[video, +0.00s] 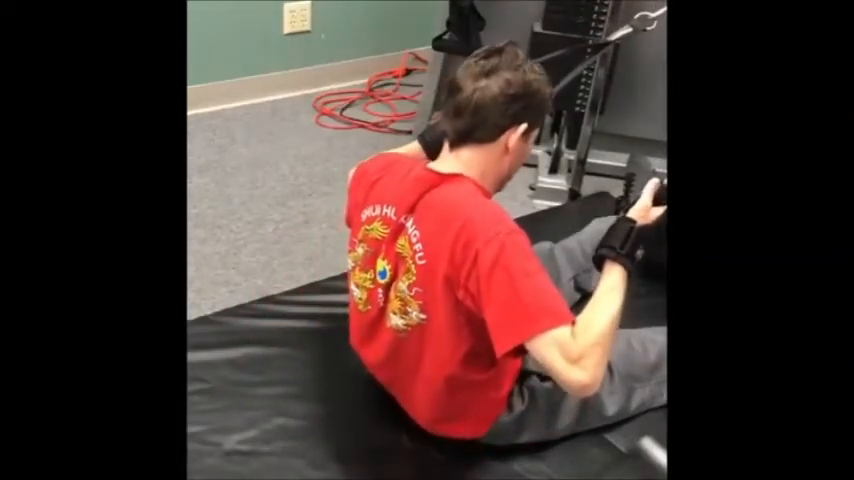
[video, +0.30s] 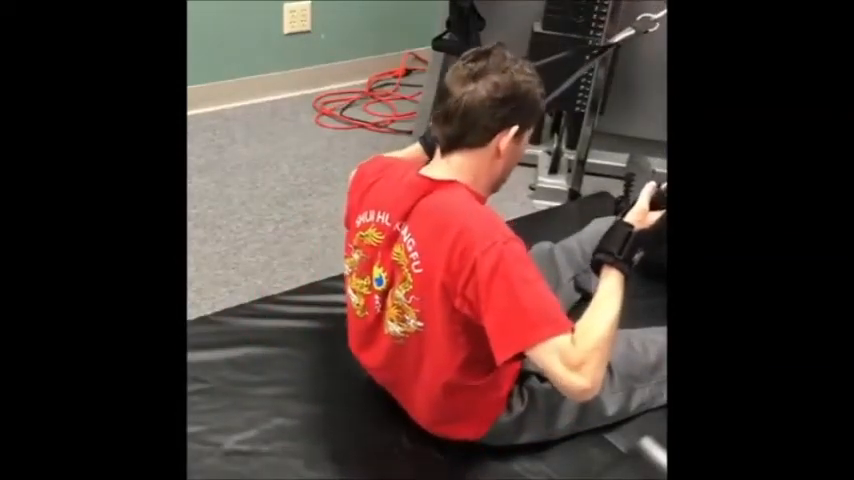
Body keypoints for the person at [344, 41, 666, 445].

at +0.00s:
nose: (528, 154)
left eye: (533, 141)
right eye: (532, 141)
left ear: (451, 117)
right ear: (514, 137)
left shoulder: (374, 180)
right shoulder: (487, 232)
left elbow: (368, 172)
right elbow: (582, 371)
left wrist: (444, 128)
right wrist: (624, 246)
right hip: (482, 408)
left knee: (609, 227)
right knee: (664, 349)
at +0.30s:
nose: (522, 154)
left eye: (527, 142)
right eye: (526, 141)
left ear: (445, 118)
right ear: (506, 140)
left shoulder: (371, 180)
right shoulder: (484, 242)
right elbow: (581, 376)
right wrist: (619, 251)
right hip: (481, 408)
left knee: (607, 231)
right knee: (664, 349)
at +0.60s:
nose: (502, 158)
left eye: (506, 145)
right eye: (505, 145)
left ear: (423, 137)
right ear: (482, 150)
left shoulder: (362, 189)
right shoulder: (471, 256)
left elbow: (377, 175)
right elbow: (575, 381)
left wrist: (449, 141)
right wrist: (611, 254)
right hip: (479, 408)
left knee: (605, 233)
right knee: (663, 348)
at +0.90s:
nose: (477, 163)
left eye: (478, 151)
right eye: (476, 152)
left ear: (392, 151)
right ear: (448, 165)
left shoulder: (344, 201)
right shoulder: (446, 275)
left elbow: (392, 169)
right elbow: (562, 390)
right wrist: (600, 265)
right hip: (478, 405)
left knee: (551, 261)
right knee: (662, 347)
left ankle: (628, 223)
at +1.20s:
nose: (434, 177)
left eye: (432, 165)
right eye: (429, 170)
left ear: (340, 182)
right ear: (400, 194)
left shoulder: (316, 225)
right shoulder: (420, 318)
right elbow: (543, 408)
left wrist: (421, 139)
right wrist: (582, 287)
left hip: (458, 308)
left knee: (543, 262)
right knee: (662, 350)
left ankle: (627, 226)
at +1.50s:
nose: (382, 206)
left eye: (374, 197)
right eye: (373, 206)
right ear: (348, 248)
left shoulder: (286, 274)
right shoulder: (397, 368)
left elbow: (336, 202)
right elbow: (526, 424)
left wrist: (414, 162)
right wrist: (569, 298)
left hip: (460, 304)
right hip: (511, 369)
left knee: (544, 256)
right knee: (662, 347)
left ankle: (627, 224)